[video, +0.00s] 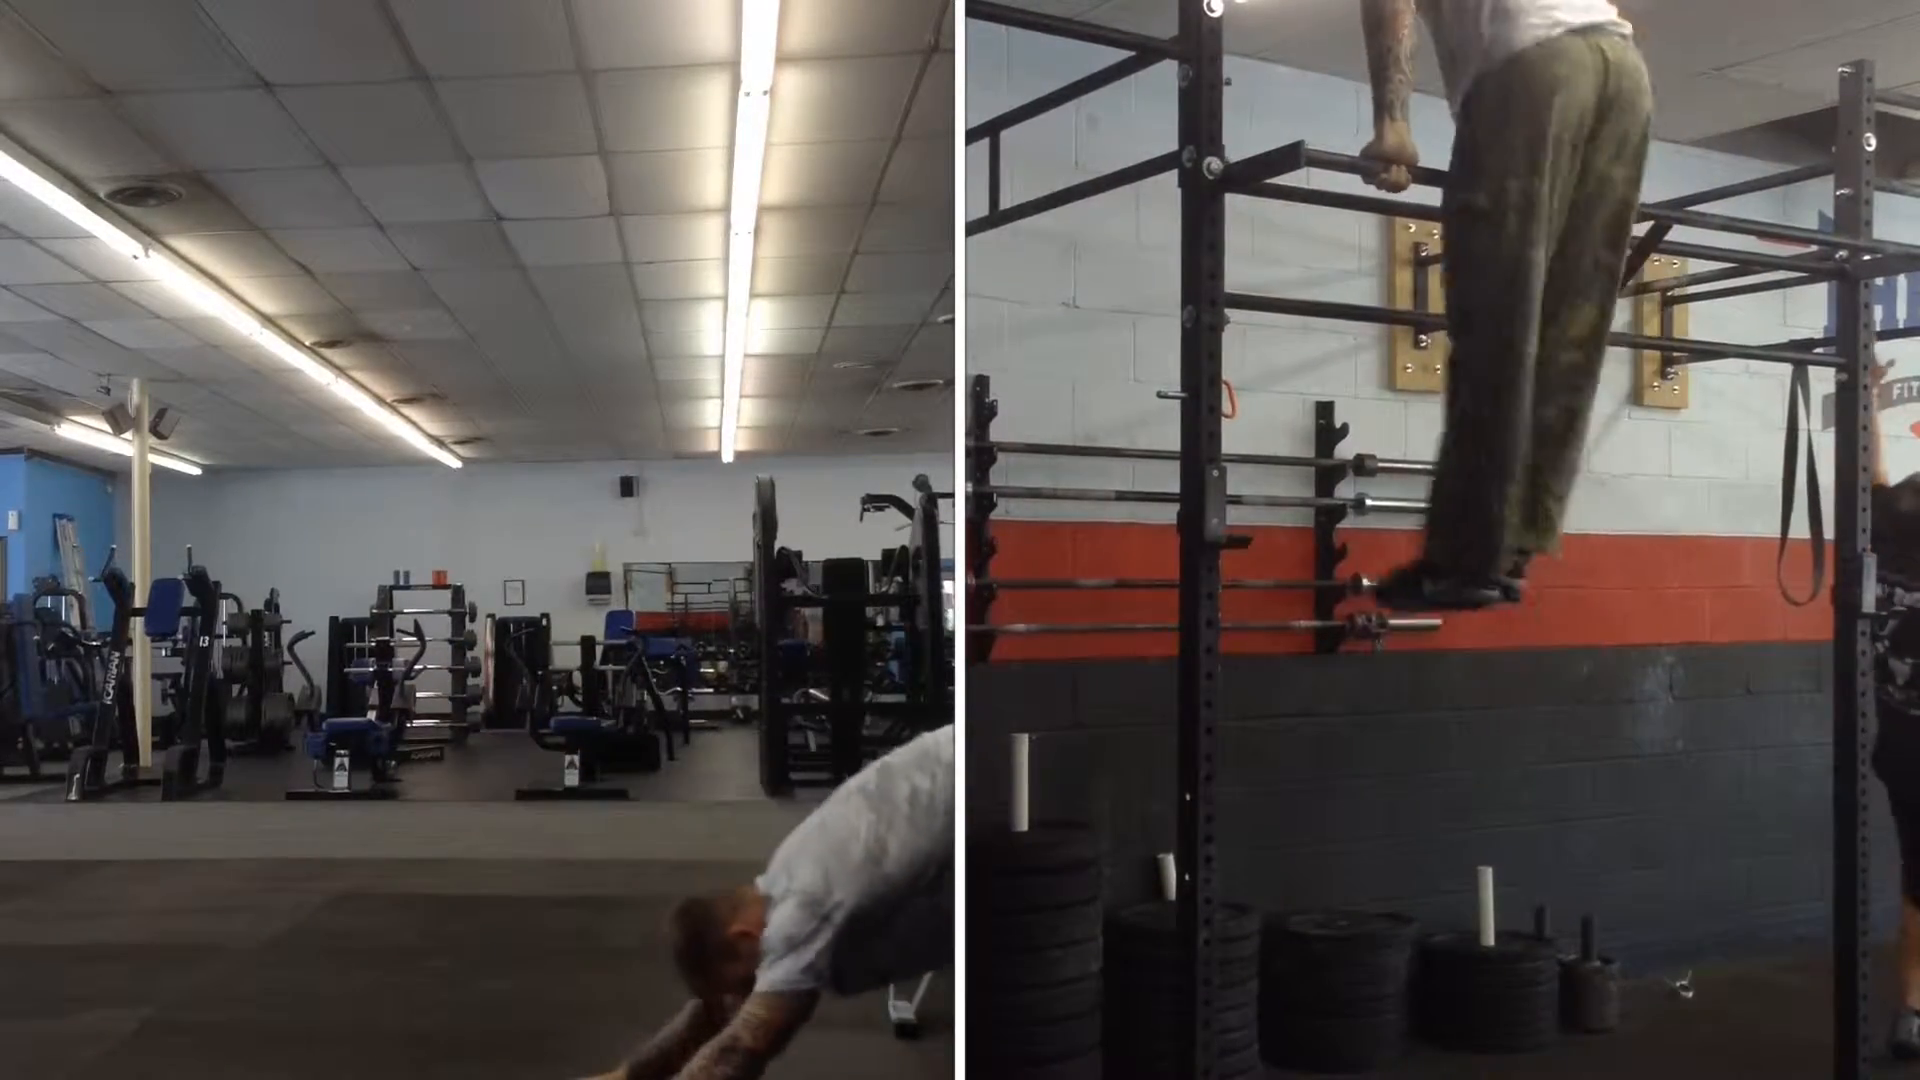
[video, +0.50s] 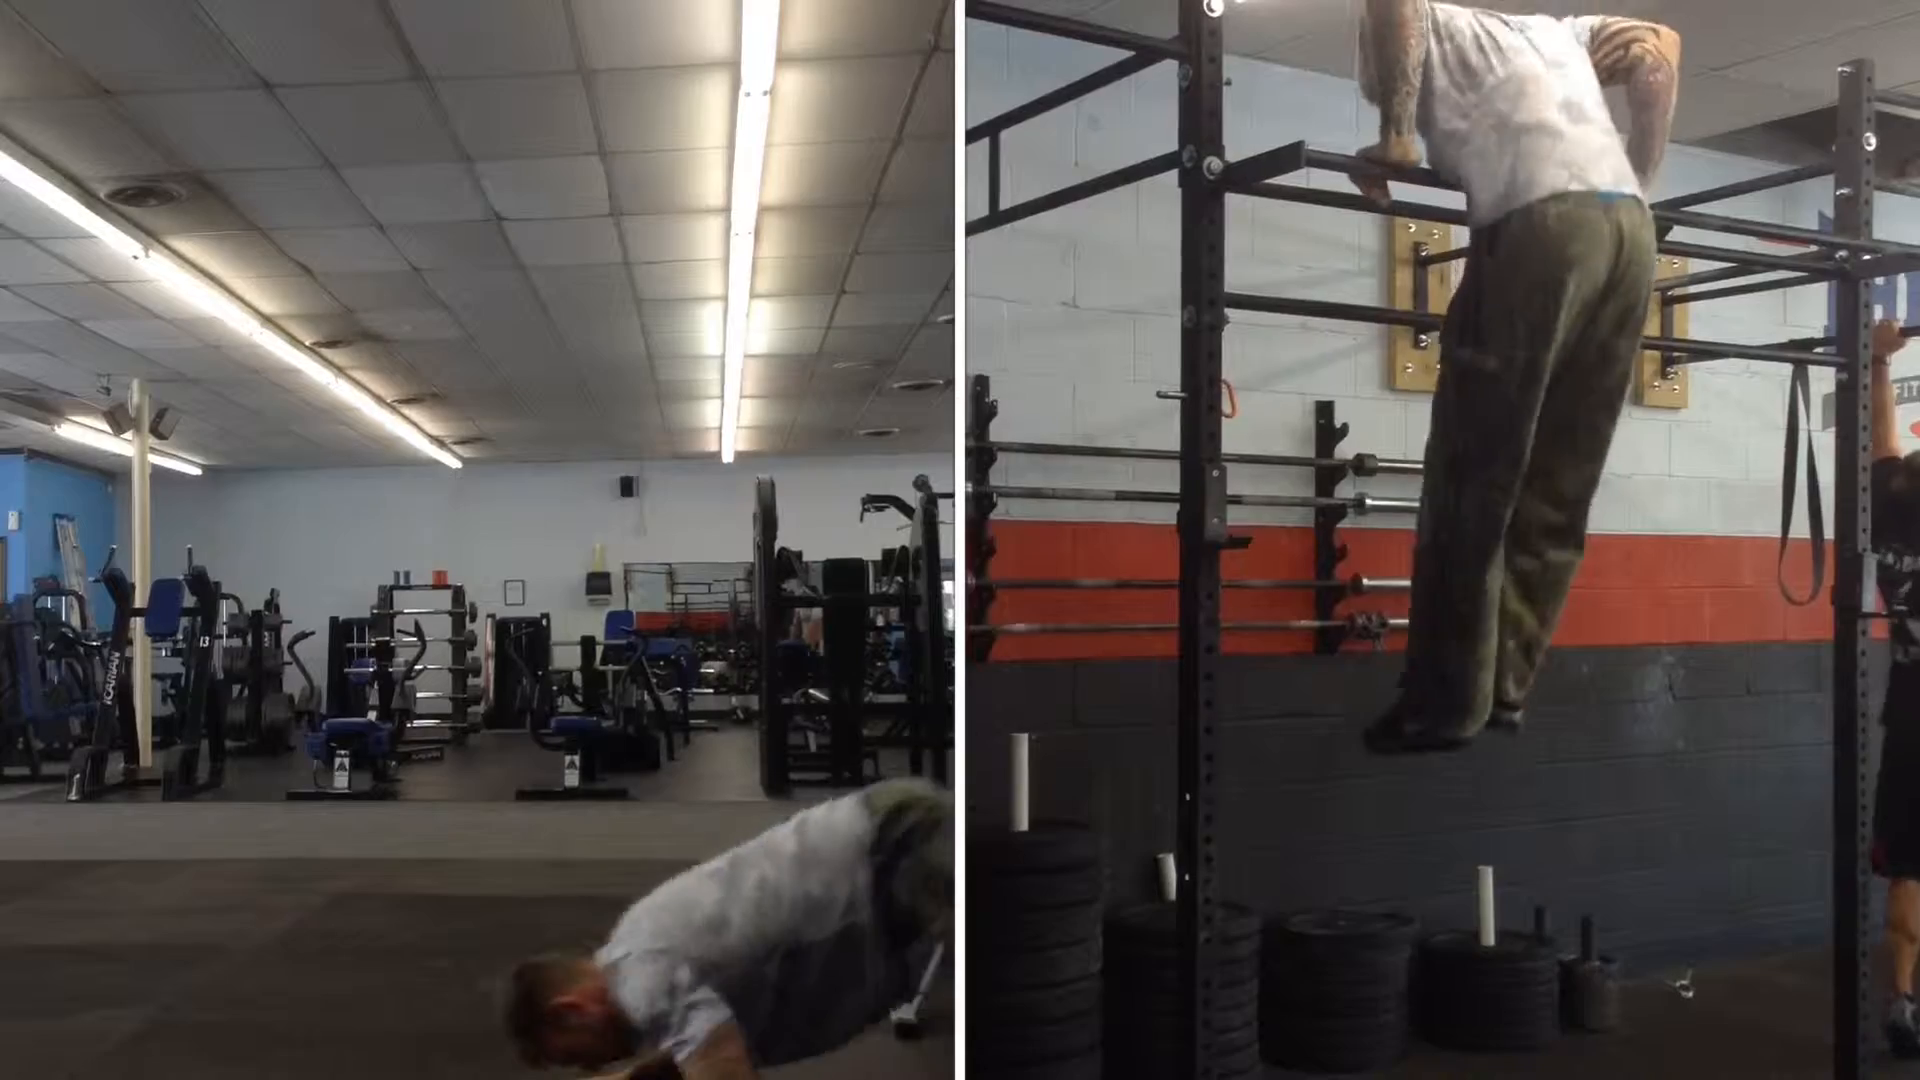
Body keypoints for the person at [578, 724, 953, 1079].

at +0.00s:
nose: (759, 990)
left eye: (747, 984)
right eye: (743, 991)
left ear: (746, 938)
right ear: (741, 930)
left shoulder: (804, 908)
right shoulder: (778, 888)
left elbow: (741, 1052)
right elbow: (713, 1008)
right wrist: (629, 1070)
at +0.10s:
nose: (747, 1010)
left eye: (734, 1000)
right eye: (730, 1012)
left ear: (728, 955)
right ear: (728, 941)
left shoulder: (791, 917)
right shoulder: (766, 900)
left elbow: (750, 1066)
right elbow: (714, 1025)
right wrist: (629, 1073)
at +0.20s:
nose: (717, 1020)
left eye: (702, 1014)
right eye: (702, 1021)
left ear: (699, 969)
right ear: (697, 960)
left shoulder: (762, 929)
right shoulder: (745, 911)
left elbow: (756, 1068)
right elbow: (719, 1035)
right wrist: (632, 1072)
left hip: (975, 775)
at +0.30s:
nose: (672, 1035)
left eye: (657, 1027)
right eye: (656, 1034)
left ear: (659, 980)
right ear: (658, 972)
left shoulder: (727, 947)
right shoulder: (711, 922)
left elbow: (754, 1067)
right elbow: (725, 1043)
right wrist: (641, 1072)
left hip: (956, 795)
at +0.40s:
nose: (632, 1048)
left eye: (617, 1039)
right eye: (615, 1046)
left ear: (618, 995)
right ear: (620, 980)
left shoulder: (687, 963)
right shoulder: (677, 932)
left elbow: (742, 1067)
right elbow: (717, 1044)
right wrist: (641, 1072)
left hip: (931, 825)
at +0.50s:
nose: (584, 1066)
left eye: (571, 1056)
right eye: (569, 1063)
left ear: (574, 1010)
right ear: (575, 1001)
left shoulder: (642, 975)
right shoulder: (629, 961)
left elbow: (726, 1065)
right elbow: (700, 1050)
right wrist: (638, 1070)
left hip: (897, 838)